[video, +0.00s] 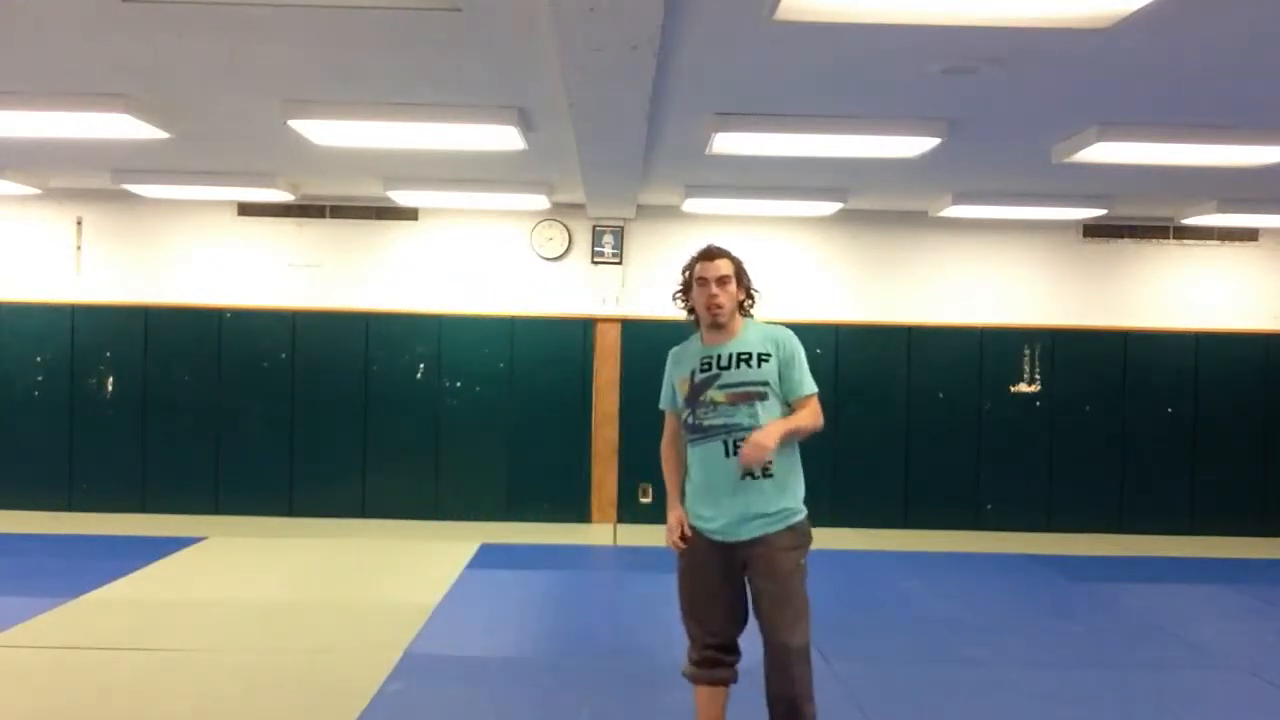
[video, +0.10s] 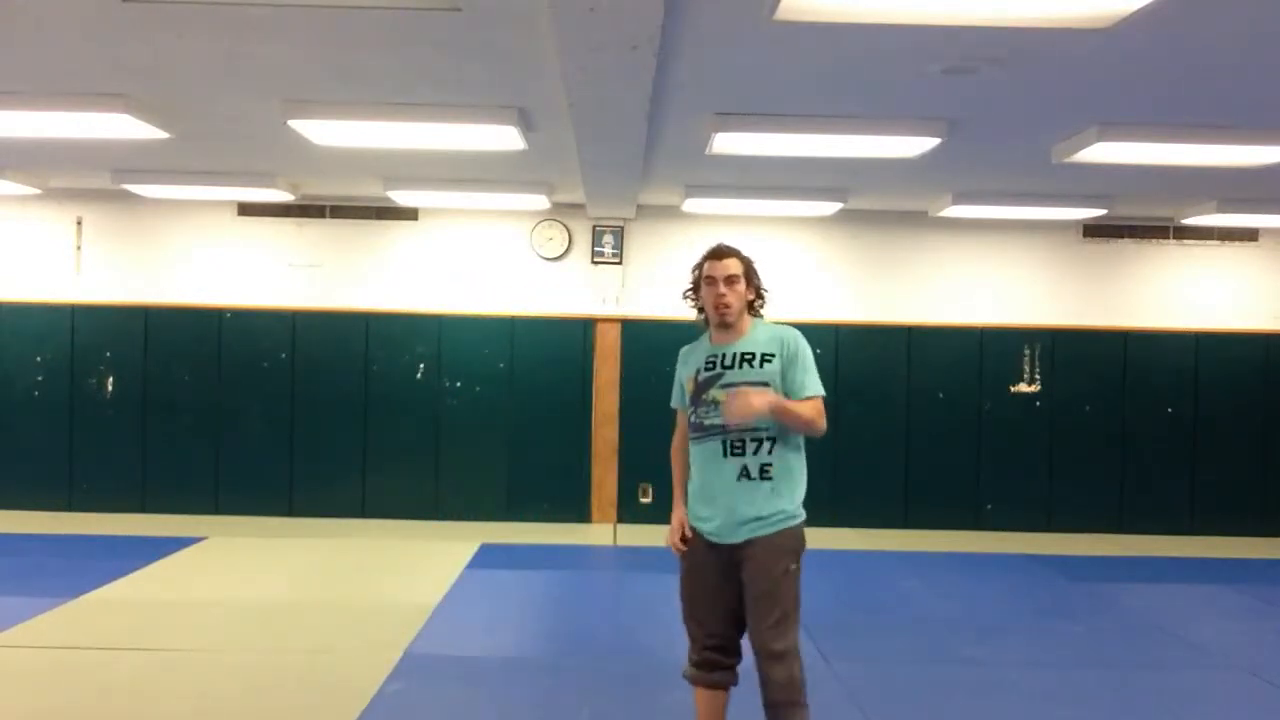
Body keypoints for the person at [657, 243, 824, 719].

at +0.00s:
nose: (713, 292)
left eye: (723, 281)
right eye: (702, 284)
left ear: (741, 290)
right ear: (690, 296)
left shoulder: (779, 341)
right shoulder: (680, 357)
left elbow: (811, 414)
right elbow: (672, 435)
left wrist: (774, 431)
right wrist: (674, 502)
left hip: (775, 523)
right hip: (703, 527)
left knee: (789, 648)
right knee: (709, 655)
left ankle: (794, 718)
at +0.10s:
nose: (721, 292)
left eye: (731, 281)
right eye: (710, 283)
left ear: (750, 290)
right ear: (699, 295)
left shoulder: (786, 342)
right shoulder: (689, 356)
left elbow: (815, 419)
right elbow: (682, 434)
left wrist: (769, 403)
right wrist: (679, 504)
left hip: (771, 524)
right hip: (704, 526)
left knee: (775, 652)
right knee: (709, 655)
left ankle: (788, 718)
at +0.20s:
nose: (732, 297)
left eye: (743, 286)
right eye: (722, 288)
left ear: (763, 295)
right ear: (711, 299)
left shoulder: (796, 347)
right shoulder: (705, 358)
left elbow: (812, 423)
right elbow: (695, 436)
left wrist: (750, 366)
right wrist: (685, 507)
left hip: (772, 525)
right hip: (707, 524)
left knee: (766, 658)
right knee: (706, 660)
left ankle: (774, 717)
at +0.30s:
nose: (741, 295)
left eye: (752, 285)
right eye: (731, 287)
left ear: (771, 296)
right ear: (719, 299)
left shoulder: (801, 349)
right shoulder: (716, 360)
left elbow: (798, 419)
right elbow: (708, 439)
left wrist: (748, 353)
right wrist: (696, 509)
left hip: (778, 537)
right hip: (713, 533)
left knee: (772, 675)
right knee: (708, 673)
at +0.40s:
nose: (744, 284)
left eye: (755, 274)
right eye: (734, 275)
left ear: (775, 286)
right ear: (722, 288)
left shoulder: (806, 339)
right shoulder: (719, 353)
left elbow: (797, 410)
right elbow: (720, 432)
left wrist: (751, 345)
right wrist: (706, 502)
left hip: (788, 529)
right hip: (724, 527)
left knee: (779, 682)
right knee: (730, 675)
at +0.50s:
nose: (746, 291)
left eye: (756, 281)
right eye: (736, 282)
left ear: (777, 291)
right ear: (724, 294)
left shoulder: (806, 343)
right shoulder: (718, 358)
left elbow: (818, 415)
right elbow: (716, 435)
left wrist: (761, 358)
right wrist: (711, 503)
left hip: (800, 526)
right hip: (736, 527)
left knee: (787, 674)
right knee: (750, 672)